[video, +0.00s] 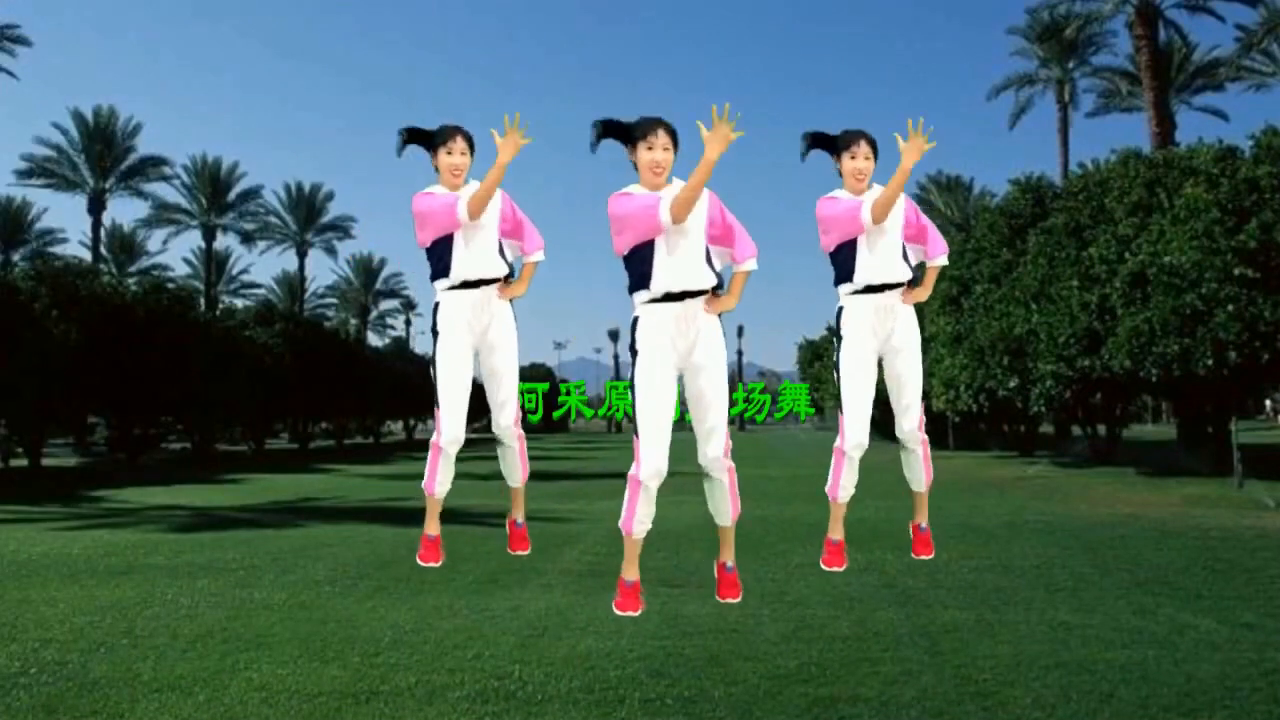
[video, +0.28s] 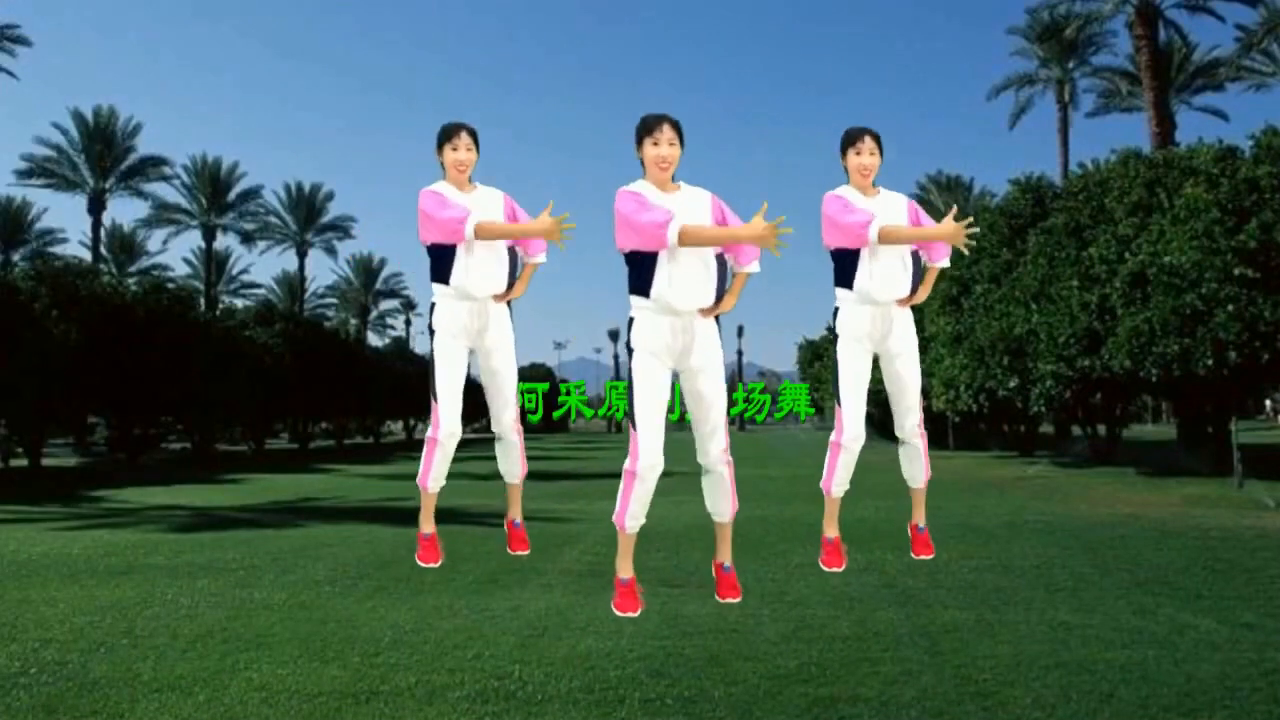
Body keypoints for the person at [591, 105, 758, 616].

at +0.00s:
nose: (658, 156)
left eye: (666, 149)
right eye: (649, 148)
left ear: (677, 157)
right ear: (632, 155)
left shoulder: (701, 199)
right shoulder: (622, 203)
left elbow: (743, 249)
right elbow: (676, 212)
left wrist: (731, 296)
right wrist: (710, 158)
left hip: (704, 320)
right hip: (655, 324)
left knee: (715, 451)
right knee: (652, 459)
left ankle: (726, 560)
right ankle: (630, 573)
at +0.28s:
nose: (662, 151)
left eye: (670, 143)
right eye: (653, 143)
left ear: (681, 151)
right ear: (639, 151)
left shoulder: (705, 200)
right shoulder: (629, 199)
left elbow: (746, 250)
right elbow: (674, 233)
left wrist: (727, 301)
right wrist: (744, 233)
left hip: (702, 328)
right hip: (651, 329)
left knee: (715, 451)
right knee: (647, 456)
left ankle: (724, 561)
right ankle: (625, 572)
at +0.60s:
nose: (654, 183)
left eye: (661, 175)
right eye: (644, 176)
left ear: (674, 183)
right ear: (633, 185)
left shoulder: (699, 239)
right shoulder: (620, 243)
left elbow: (728, 305)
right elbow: (581, 308)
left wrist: (705, 351)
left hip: (674, 364)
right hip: (625, 359)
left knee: (663, 489)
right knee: (624, 475)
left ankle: (627, 463)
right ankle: (621, 575)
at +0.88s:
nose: (667, 149)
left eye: (675, 142)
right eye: (659, 142)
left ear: (687, 151)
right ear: (644, 150)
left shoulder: (705, 203)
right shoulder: (620, 202)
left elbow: (745, 256)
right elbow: (569, 246)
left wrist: (720, 301)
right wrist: (609, 302)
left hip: (695, 332)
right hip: (643, 334)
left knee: (694, 458)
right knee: (645, 461)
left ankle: (694, 575)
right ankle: (631, 572)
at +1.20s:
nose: (680, 158)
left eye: (689, 151)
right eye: (671, 150)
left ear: (702, 162)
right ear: (660, 160)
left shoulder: (719, 215)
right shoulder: (634, 213)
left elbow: (767, 264)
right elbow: (588, 265)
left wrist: (733, 296)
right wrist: (617, 316)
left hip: (704, 340)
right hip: (654, 340)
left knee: (704, 461)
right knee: (664, 462)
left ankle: (695, 576)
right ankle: (650, 576)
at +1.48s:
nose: (671, 172)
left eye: (680, 164)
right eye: (663, 166)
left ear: (697, 173)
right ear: (655, 177)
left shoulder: (722, 221)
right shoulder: (647, 229)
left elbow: (749, 291)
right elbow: (593, 263)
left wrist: (725, 351)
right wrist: (624, 301)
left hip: (686, 354)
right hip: (637, 345)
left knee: (678, 475)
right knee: (628, 465)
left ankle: (690, 577)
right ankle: (644, 575)